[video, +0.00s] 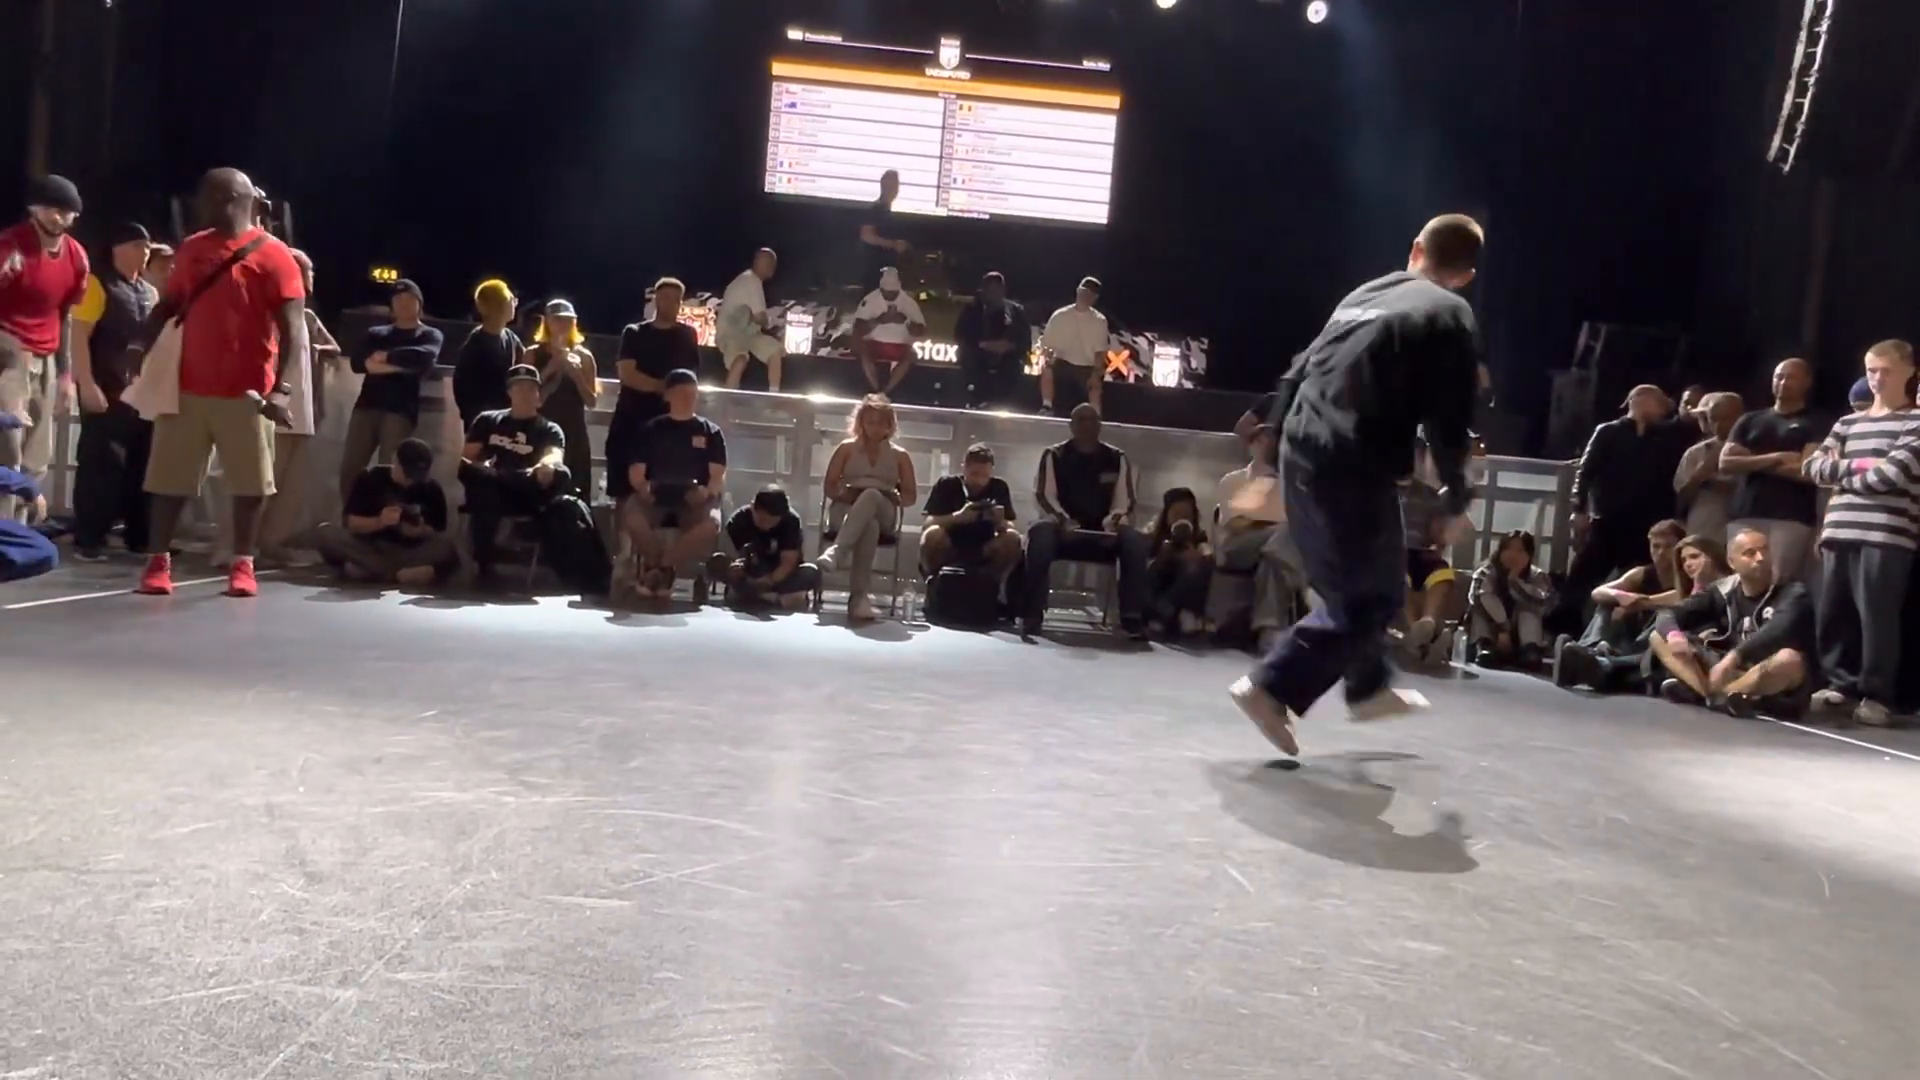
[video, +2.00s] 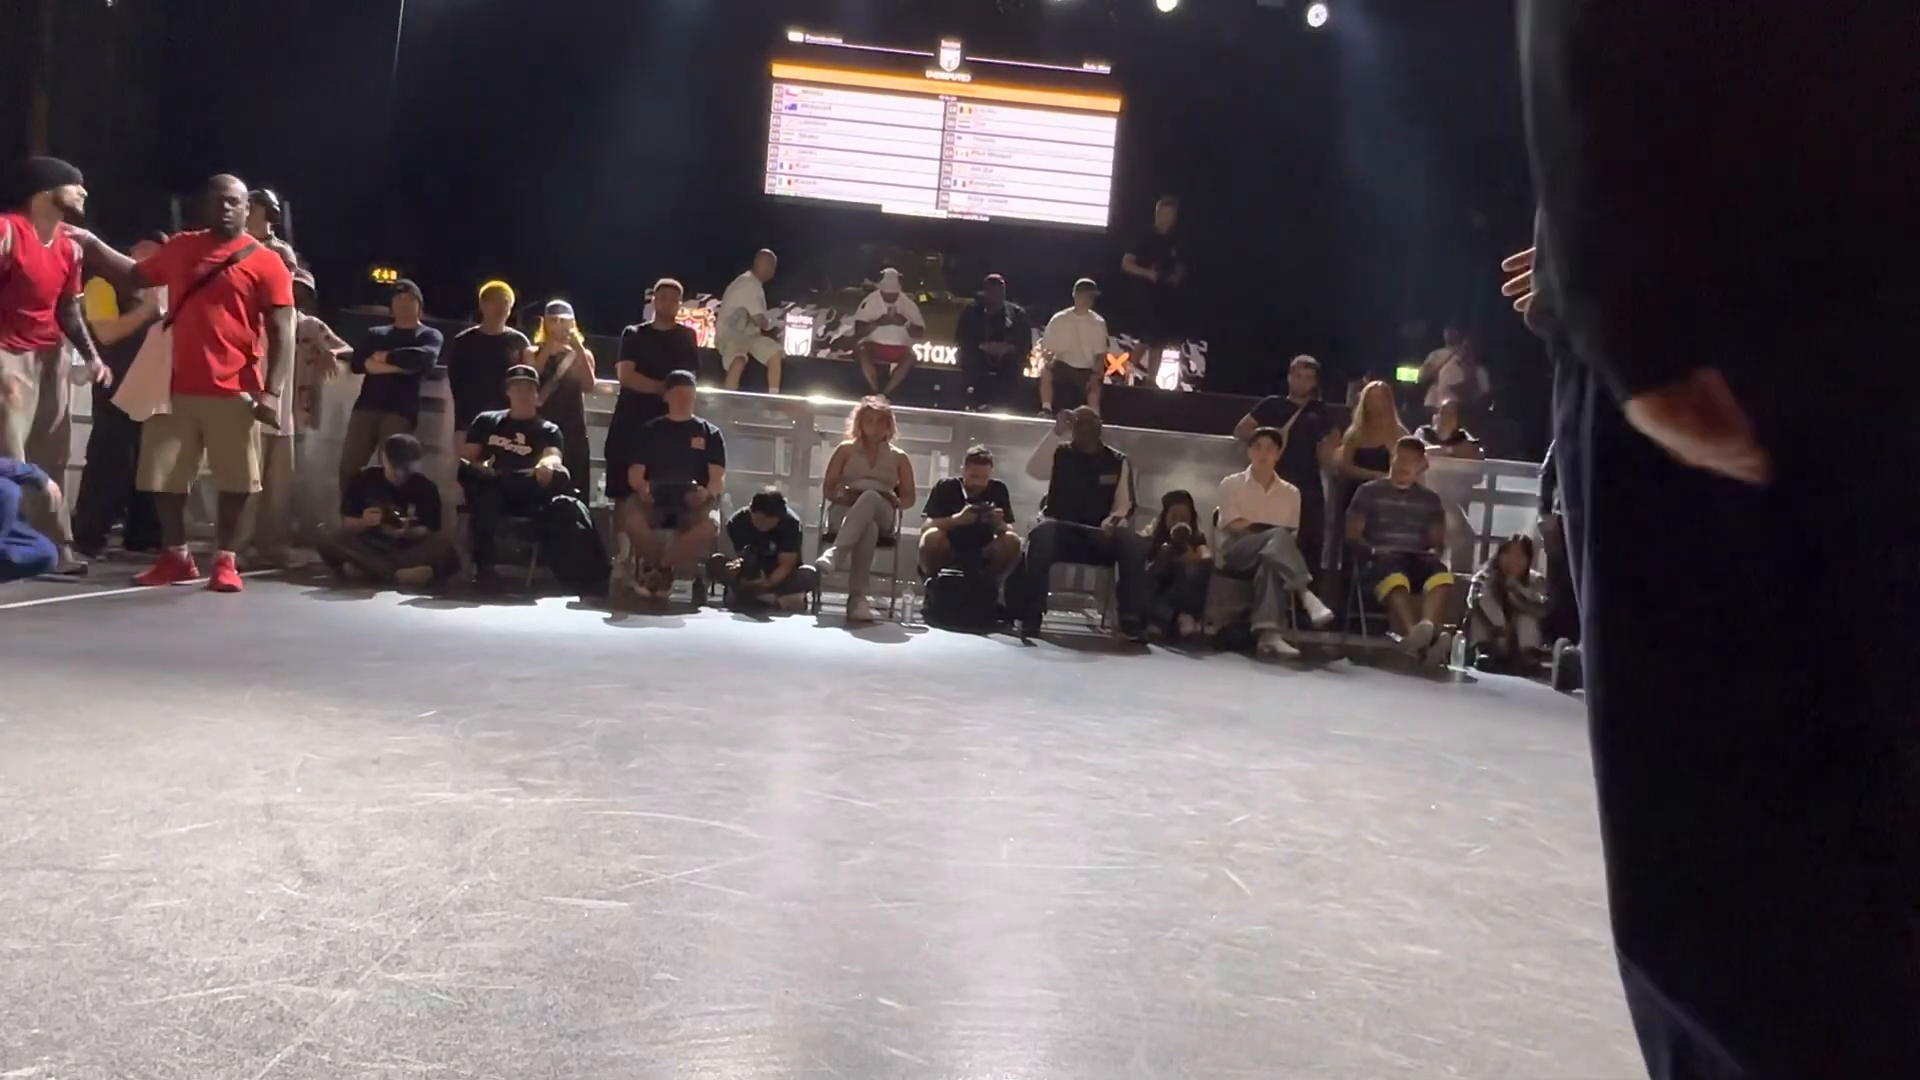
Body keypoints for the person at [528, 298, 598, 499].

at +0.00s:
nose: (563, 324)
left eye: (567, 319)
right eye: (557, 319)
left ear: (573, 323)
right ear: (547, 322)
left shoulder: (584, 356)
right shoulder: (533, 354)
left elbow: (591, 401)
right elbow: (529, 397)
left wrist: (575, 373)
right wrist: (553, 366)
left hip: (574, 428)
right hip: (541, 429)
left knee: (578, 490)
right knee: (540, 490)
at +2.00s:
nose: (559, 326)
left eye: (565, 320)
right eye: (554, 320)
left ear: (573, 323)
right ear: (545, 323)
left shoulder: (583, 354)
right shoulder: (533, 353)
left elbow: (589, 386)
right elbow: (527, 383)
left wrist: (578, 348)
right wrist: (546, 352)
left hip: (572, 427)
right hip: (540, 427)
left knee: (576, 486)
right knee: (539, 484)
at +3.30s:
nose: (538, 334)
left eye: (543, 329)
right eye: (532, 329)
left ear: (551, 336)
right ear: (523, 336)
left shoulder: (559, 367)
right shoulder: (511, 366)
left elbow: (567, 394)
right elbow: (504, 396)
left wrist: (556, 357)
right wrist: (524, 362)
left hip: (551, 440)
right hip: (520, 438)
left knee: (557, 499)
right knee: (519, 497)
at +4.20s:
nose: (533, 362)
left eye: (538, 357)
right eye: (528, 357)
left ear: (546, 363)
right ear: (519, 363)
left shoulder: (554, 391)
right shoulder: (514, 390)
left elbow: (565, 397)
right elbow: (504, 397)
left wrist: (550, 361)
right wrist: (521, 360)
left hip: (550, 458)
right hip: (521, 459)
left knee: (558, 514)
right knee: (522, 512)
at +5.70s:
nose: (545, 361)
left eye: (551, 356)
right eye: (540, 356)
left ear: (560, 363)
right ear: (532, 362)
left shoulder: (571, 393)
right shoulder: (524, 393)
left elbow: (578, 418)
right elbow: (516, 422)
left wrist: (566, 384)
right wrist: (534, 386)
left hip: (563, 467)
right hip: (532, 468)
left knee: (570, 526)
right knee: (533, 526)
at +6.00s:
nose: (551, 360)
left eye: (556, 355)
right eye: (545, 355)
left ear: (565, 360)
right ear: (537, 360)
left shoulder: (578, 392)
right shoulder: (528, 391)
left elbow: (583, 424)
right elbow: (524, 425)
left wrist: (567, 386)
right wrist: (540, 389)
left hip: (569, 462)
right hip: (538, 461)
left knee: (576, 519)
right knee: (538, 518)